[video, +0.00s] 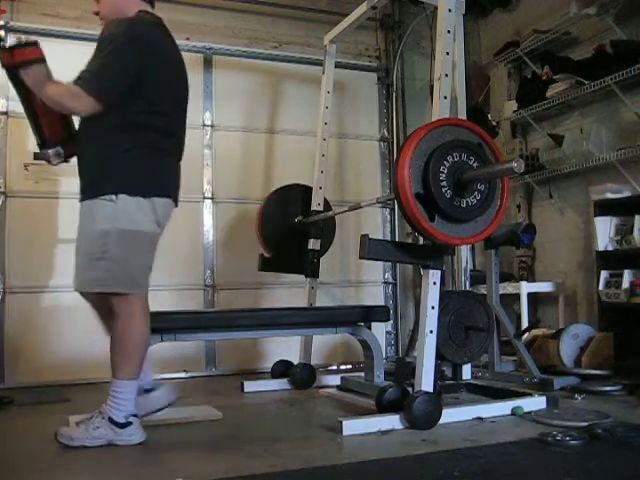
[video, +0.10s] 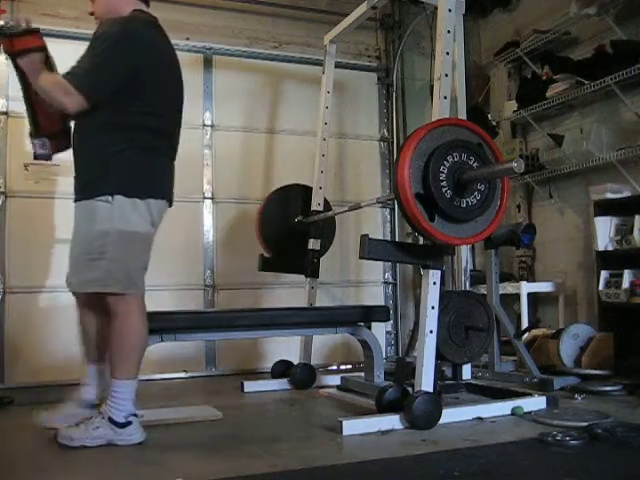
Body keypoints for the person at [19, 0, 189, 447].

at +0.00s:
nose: (95, 5)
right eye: (96, 1)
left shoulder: (133, 32)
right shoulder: (139, 34)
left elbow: (84, 100)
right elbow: (125, 121)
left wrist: (43, 84)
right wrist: (73, 143)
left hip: (131, 185)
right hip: (118, 185)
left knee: (125, 294)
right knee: (95, 287)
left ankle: (120, 418)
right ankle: (146, 386)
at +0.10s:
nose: (90, 6)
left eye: (93, 0)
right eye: (91, 2)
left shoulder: (129, 34)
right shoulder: (131, 35)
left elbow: (69, 98)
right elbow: (112, 116)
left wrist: (31, 64)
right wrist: (62, 130)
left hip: (127, 186)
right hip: (107, 186)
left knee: (122, 295)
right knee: (90, 292)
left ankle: (121, 418)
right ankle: (94, 399)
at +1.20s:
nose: (40, 57)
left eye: (42, 48)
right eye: (38, 51)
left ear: (66, 38)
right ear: (73, 40)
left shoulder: (74, 67)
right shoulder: (91, 71)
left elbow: (37, 126)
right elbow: (76, 139)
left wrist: (18, 121)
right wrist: (26, 127)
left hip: (99, 198)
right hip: (104, 198)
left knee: (87, 292)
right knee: (88, 294)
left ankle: (102, 403)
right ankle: (95, 394)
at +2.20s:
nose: (1, 91)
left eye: (1, 81)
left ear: (19, 71)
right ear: (25, 71)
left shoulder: (52, 89)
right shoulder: (52, 95)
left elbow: (12, 122)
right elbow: (14, 154)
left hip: (131, 202)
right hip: (111, 205)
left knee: (96, 295)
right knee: (80, 295)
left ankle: (107, 415)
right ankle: (86, 400)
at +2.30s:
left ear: (10, 88)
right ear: (12, 89)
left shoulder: (43, 103)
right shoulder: (29, 124)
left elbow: (40, 142)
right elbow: (10, 175)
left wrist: (24, 217)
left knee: (101, 293)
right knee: (77, 294)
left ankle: (107, 414)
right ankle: (85, 397)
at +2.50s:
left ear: (4, 141)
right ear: (6, 141)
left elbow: (52, 178)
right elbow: (28, 219)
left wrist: (51, 255)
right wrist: (29, 268)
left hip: (143, 208)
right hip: (119, 215)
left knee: (92, 294)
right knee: (73, 293)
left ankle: (106, 415)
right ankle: (84, 395)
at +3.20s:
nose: (40, 201)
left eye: (36, 192)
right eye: (33, 197)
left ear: (48, 167)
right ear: (49, 166)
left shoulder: (88, 181)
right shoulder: (80, 181)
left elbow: (91, 238)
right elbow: (85, 241)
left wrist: (31, 287)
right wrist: (32, 285)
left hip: (165, 271)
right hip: (148, 269)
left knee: (75, 297)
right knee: (64, 295)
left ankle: (103, 416)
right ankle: (83, 393)